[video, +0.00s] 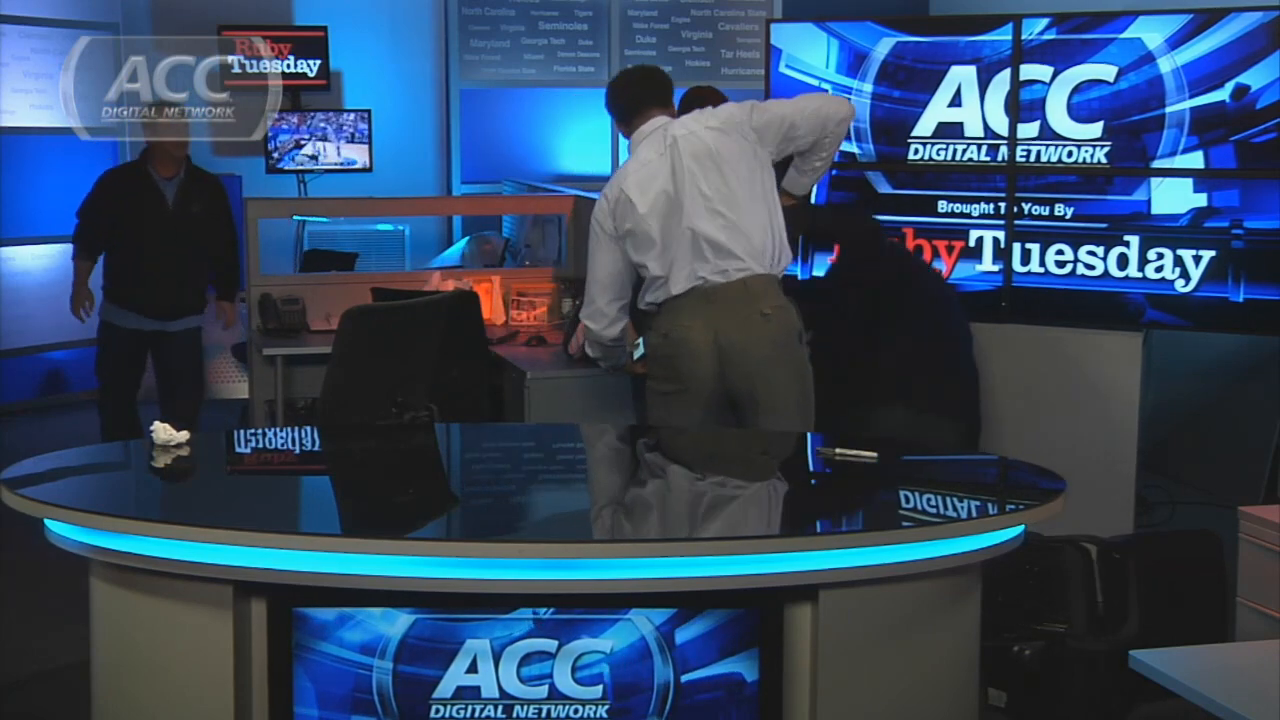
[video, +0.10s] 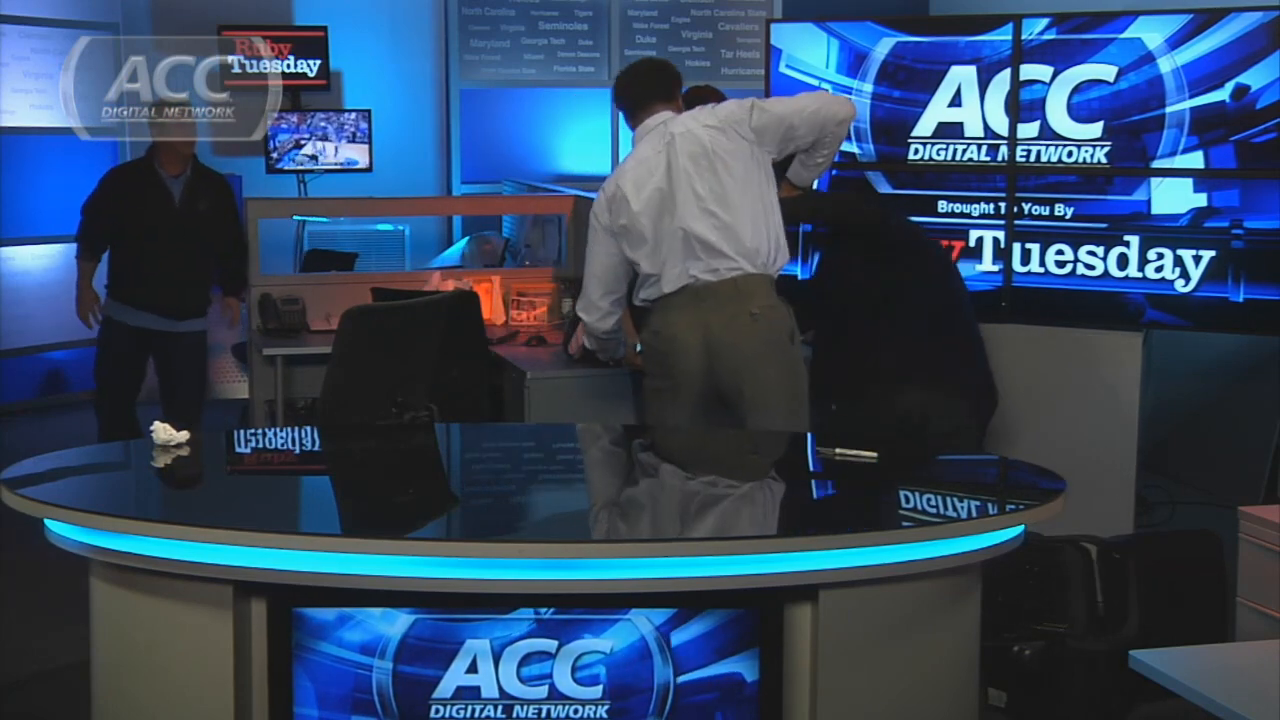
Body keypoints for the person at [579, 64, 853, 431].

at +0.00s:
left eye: (614, 125)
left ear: (619, 127)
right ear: (673, 105)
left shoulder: (617, 194)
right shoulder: (733, 122)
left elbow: (603, 324)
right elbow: (836, 111)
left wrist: (621, 360)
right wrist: (792, 189)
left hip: (679, 326)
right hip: (762, 310)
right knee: (765, 473)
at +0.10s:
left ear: (625, 114)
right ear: (680, 97)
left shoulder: (616, 191)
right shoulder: (732, 120)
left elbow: (599, 319)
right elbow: (837, 109)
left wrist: (616, 353)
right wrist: (796, 181)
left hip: (671, 325)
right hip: (753, 309)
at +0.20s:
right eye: (696, 95)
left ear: (635, 108)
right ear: (690, 95)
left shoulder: (616, 184)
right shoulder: (731, 118)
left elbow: (593, 307)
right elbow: (837, 112)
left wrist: (621, 347)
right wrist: (797, 173)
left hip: (665, 319)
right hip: (744, 306)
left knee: (677, 477)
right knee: (745, 476)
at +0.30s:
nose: (711, 99)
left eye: (710, 94)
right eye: (710, 92)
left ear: (648, 101)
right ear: (698, 90)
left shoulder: (618, 175)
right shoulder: (730, 117)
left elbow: (590, 295)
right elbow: (837, 122)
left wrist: (624, 331)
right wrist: (795, 172)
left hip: (656, 316)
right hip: (731, 306)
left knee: (663, 470)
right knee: (736, 473)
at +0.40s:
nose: (728, 99)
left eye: (727, 91)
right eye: (725, 90)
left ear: (665, 92)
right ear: (707, 84)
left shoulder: (623, 164)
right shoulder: (725, 118)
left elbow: (585, 282)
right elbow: (833, 146)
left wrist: (630, 321)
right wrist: (791, 183)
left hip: (643, 311)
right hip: (715, 302)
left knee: (654, 460)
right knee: (723, 463)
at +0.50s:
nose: (753, 104)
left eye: (753, 95)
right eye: (750, 93)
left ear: (687, 91)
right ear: (728, 85)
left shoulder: (633, 157)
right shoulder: (727, 122)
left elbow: (585, 269)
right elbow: (826, 180)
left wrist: (635, 307)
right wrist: (781, 210)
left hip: (629, 312)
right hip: (698, 307)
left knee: (642, 459)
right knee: (714, 462)